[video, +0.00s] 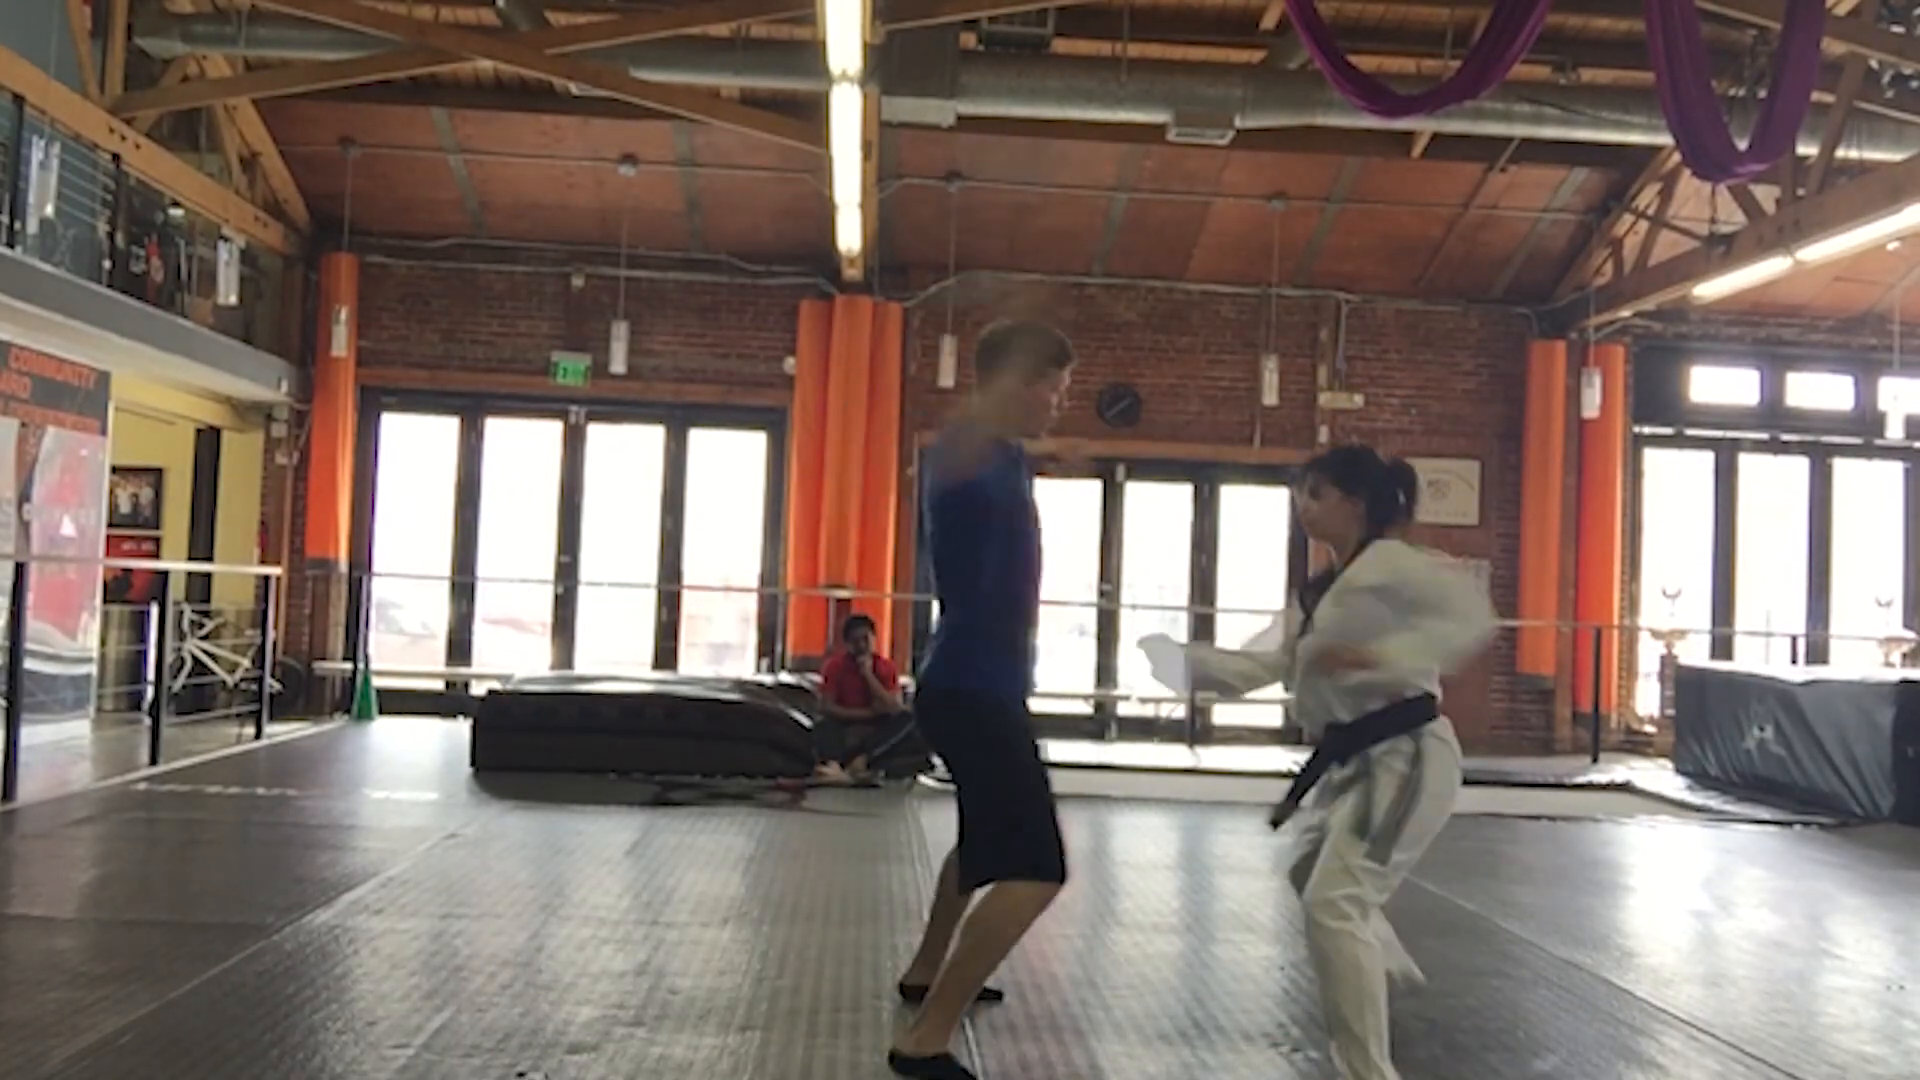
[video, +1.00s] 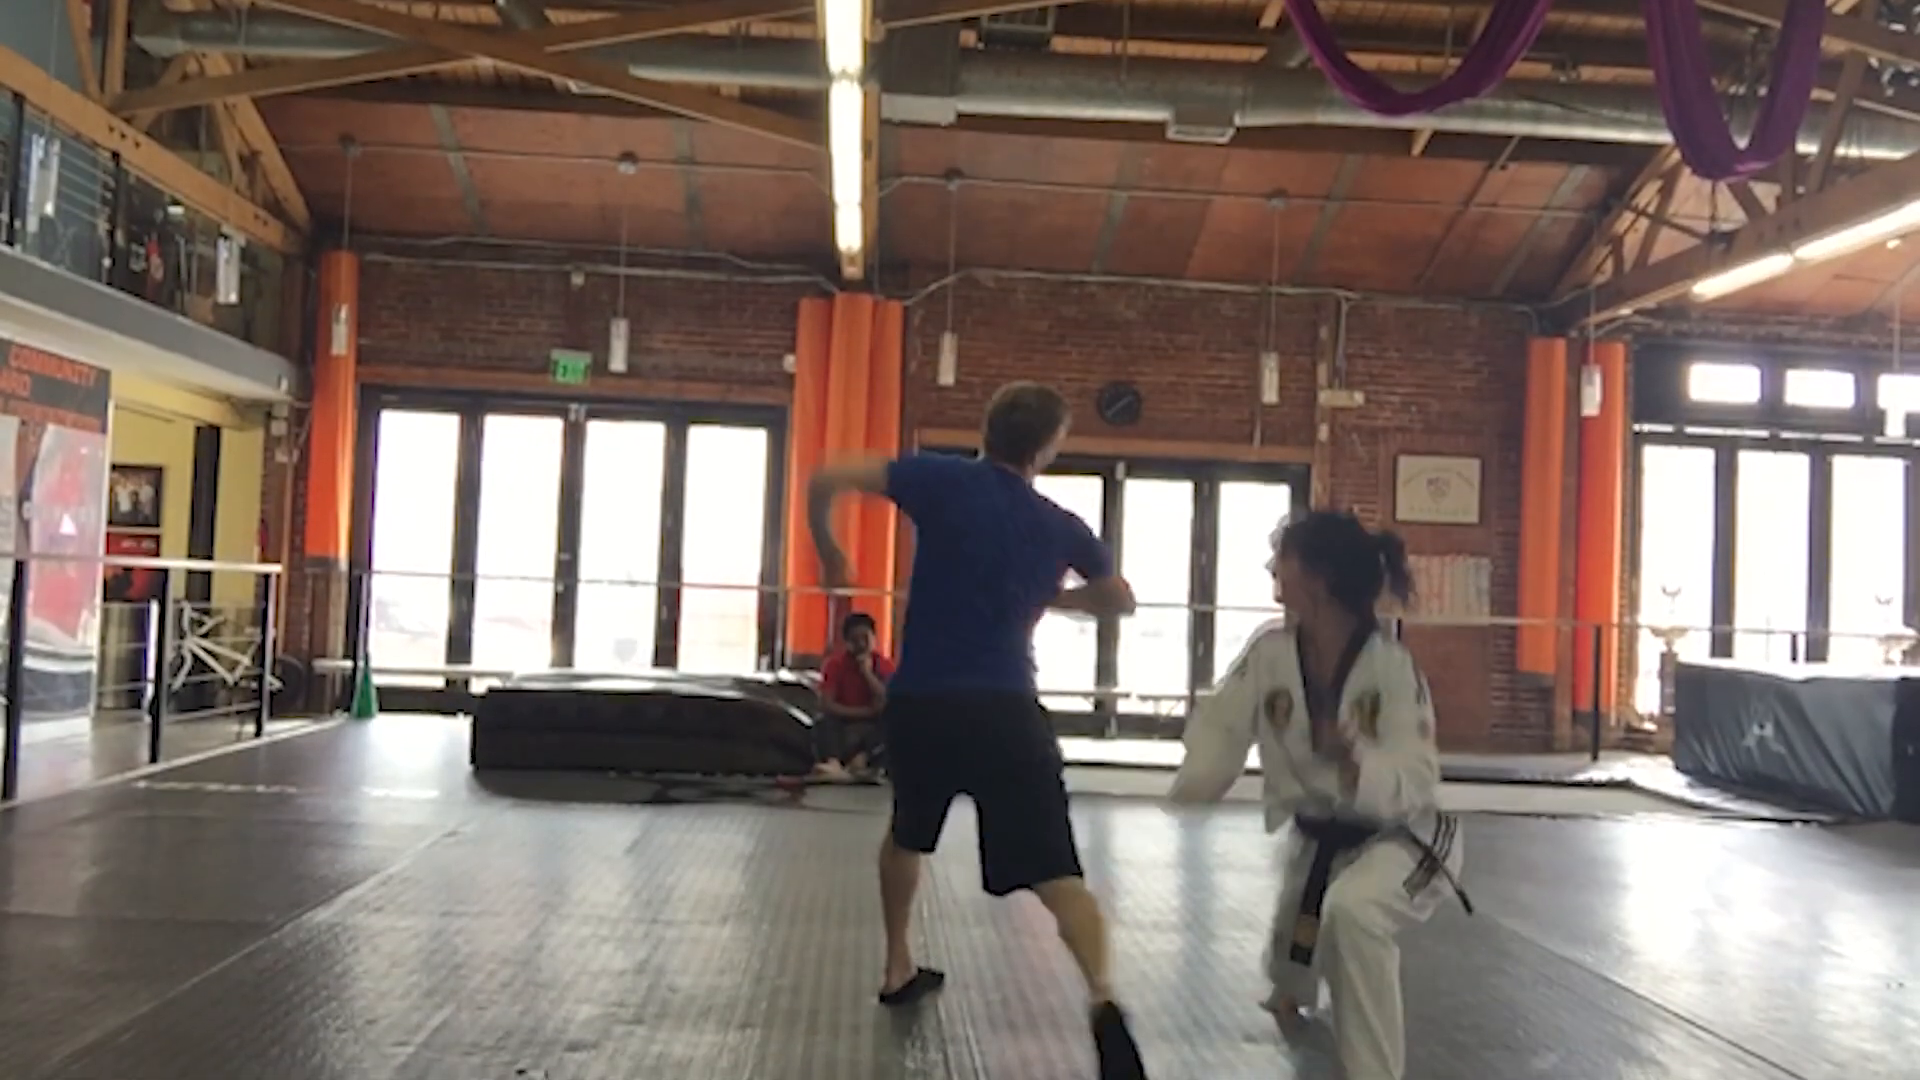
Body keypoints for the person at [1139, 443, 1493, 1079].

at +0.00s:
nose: (1303, 508)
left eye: (1315, 496)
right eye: (1303, 496)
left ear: (1357, 503)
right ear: (1328, 506)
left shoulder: (1393, 563)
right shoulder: (1327, 595)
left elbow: (1472, 618)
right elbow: (1266, 664)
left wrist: (1385, 658)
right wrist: (1190, 666)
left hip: (1410, 757)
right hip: (1356, 763)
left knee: (1335, 902)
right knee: (1308, 869)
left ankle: (1365, 1070)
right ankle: (1390, 968)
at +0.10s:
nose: (1293, 503)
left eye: (1306, 491)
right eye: (1294, 490)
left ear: (1348, 503)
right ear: (1324, 505)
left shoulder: (1429, 579)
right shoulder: (1279, 598)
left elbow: (1505, 646)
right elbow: (1180, 634)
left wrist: (1444, 663)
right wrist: (1078, 632)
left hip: (1425, 759)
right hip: (1351, 765)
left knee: (1347, 901)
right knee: (1284, 870)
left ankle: (1365, 1070)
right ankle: (1339, 990)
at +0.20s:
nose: (1293, 522)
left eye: (1305, 508)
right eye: (1293, 508)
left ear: (1350, 517)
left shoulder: (1424, 594)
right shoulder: (1281, 604)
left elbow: (1497, 662)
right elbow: (1213, 657)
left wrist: (1469, 696)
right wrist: (1160, 647)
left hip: (1412, 775)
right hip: (1327, 776)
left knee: (1355, 905)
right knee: (1273, 906)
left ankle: (1370, 1071)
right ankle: (1309, 1002)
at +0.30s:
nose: (1294, 543)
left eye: (1307, 529)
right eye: (1293, 528)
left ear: (1353, 533)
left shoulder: (1417, 609)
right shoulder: (1288, 603)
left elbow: (1462, 724)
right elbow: (1294, 676)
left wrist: (1475, 695)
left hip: (1394, 787)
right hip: (1309, 784)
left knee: (1361, 902)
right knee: (1273, 929)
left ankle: (1375, 1072)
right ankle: (1318, 1004)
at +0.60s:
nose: (1288, 625)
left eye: (1302, 611)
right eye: (1287, 609)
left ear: (1351, 617)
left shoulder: (1398, 683)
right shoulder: (1276, 680)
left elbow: (1414, 785)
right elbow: (1302, 771)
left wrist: (1466, 734)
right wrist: (1413, 747)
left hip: (1375, 842)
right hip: (1291, 848)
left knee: (1365, 901)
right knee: (1265, 1023)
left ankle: (1372, 1070)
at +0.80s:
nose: (1263, 640)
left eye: (1277, 628)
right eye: (1266, 626)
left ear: (1321, 638)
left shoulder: (1389, 717)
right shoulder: (1258, 710)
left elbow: (1448, 818)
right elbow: (1183, 777)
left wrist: (1364, 800)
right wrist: (1106, 839)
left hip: (1386, 871)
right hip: (1300, 880)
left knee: (1390, 900)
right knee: (1264, 1034)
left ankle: (1380, 1072)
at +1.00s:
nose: (1274, 580)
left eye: (1283, 568)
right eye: (1276, 567)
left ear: (1323, 580)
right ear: (1317, 581)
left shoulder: (1389, 663)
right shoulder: (1270, 652)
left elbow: (1417, 779)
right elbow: (1220, 725)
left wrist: (1355, 758)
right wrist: (1191, 798)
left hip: (1398, 830)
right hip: (1315, 828)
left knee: (1352, 909)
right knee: (1286, 955)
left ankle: (1374, 1071)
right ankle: (1291, 993)